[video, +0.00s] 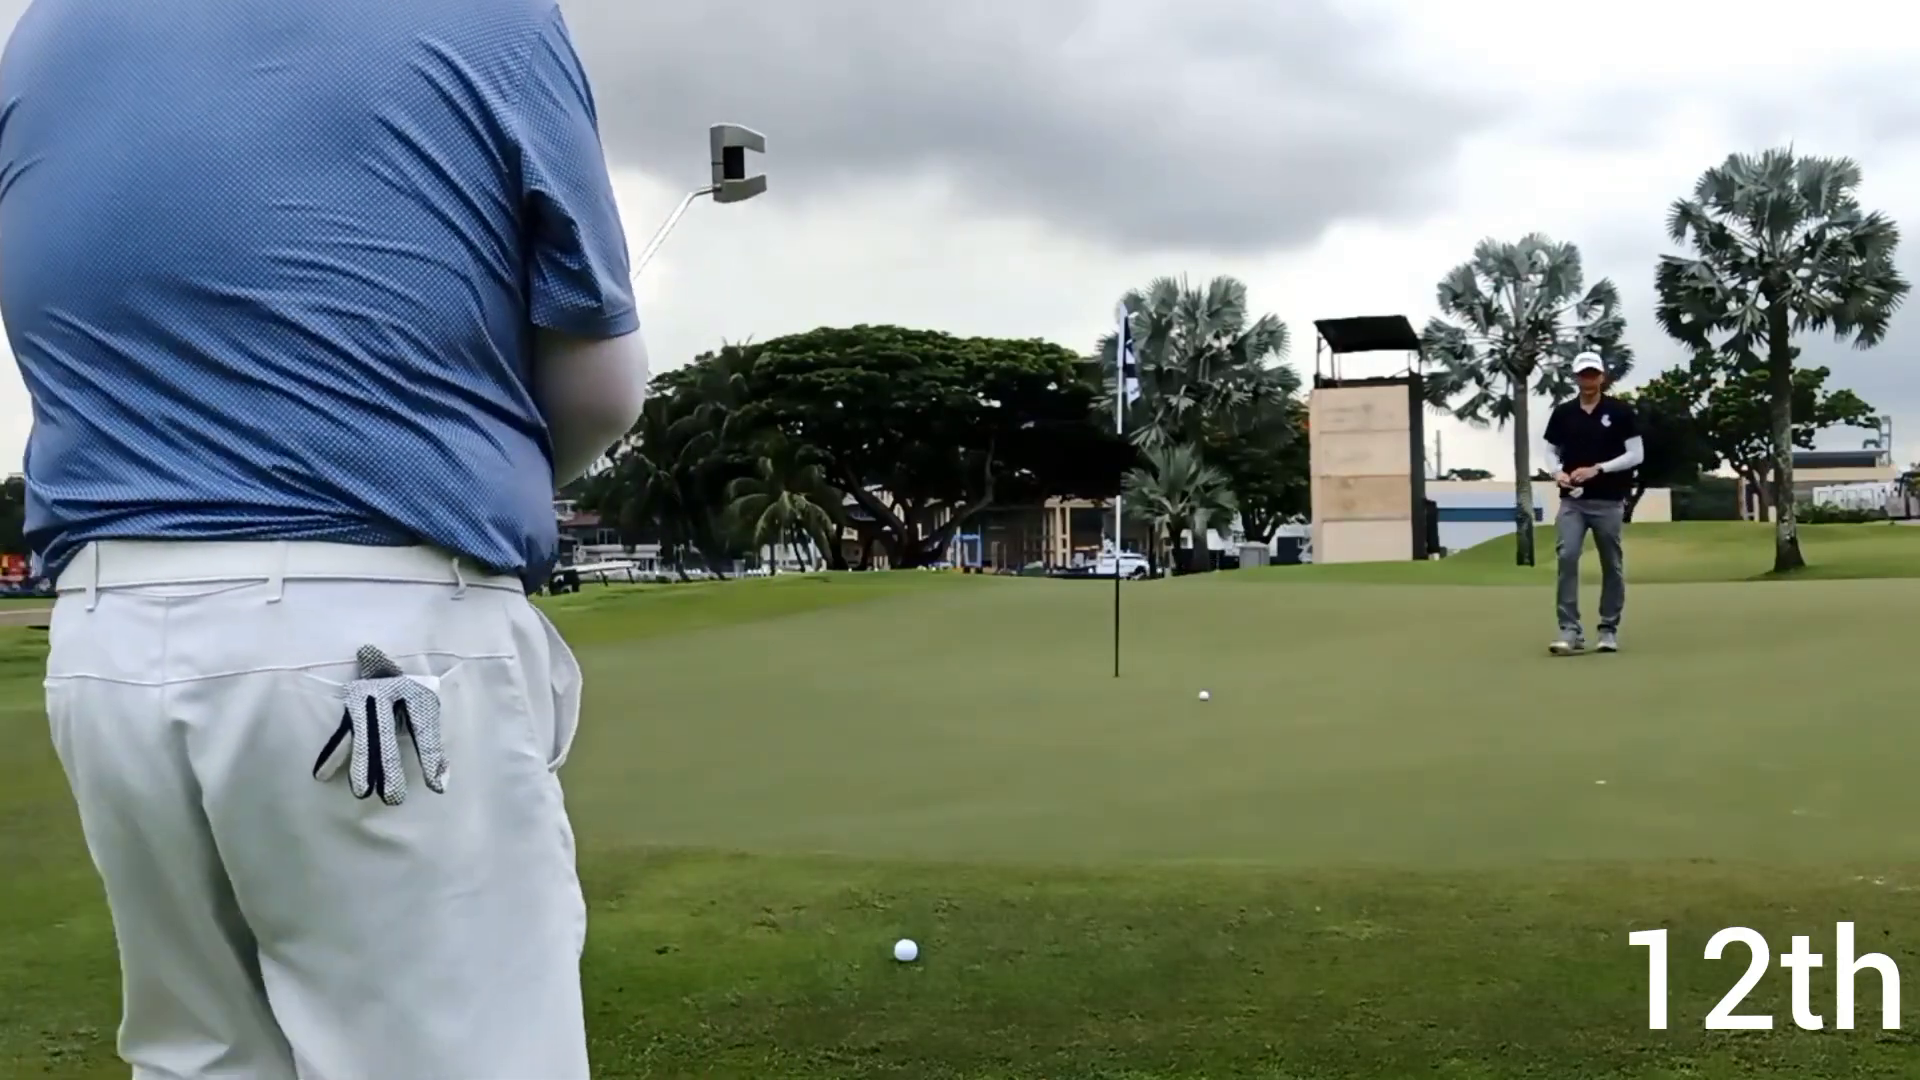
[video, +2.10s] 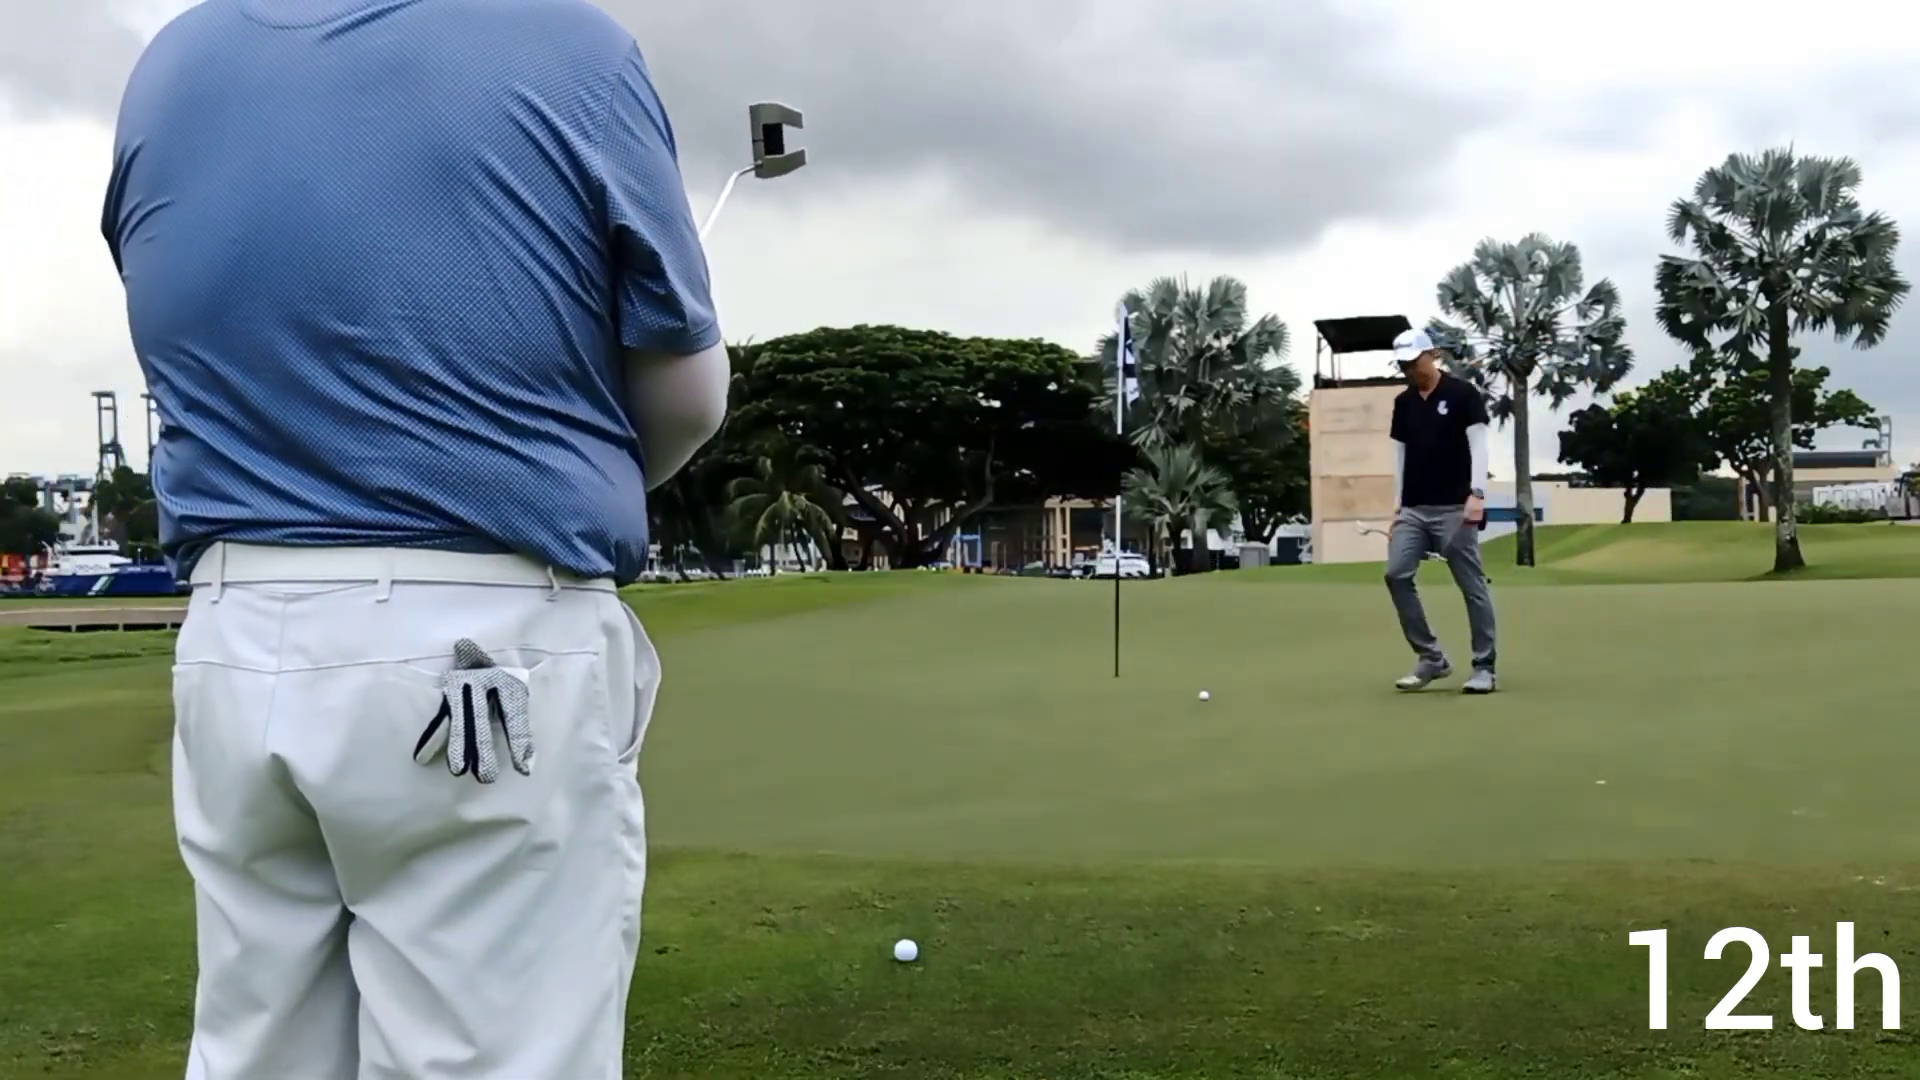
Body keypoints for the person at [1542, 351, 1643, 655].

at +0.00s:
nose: (1588, 380)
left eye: (1594, 374)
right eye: (1583, 374)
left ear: (1603, 377)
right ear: (1576, 378)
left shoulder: (1620, 412)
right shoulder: (1563, 413)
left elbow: (1636, 455)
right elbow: (1550, 453)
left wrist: (1597, 468)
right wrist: (1559, 472)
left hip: (1609, 504)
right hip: (1572, 502)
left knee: (1612, 566)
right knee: (1566, 556)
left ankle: (1608, 629)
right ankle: (1569, 630)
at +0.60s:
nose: (1537, 382)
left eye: (1543, 376)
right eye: (1533, 377)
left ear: (1559, 375)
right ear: (1529, 379)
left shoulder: (1583, 414)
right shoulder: (1520, 416)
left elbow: (1600, 456)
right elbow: (1506, 456)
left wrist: (1585, 476)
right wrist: (1509, 482)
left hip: (1567, 507)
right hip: (1532, 508)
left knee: (1568, 569)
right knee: (1545, 576)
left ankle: (1565, 635)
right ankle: (1563, 636)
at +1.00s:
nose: (1508, 376)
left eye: (1514, 369)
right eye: (1505, 370)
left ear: (1532, 367)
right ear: (1504, 371)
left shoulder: (1556, 402)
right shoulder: (1501, 407)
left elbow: (1580, 450)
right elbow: (1492, 455)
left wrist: (1551, 466)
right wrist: (1482, 500)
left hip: (1544, 507)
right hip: (1504, 505)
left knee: (1551, 577)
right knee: (1495, 565)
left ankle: (1552, 647)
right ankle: (1516, 640)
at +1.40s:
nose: (1482, 369)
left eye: (1486, 362)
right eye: (1474, 364)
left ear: (1494, 363)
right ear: (1462, 370)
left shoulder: (1515, 402)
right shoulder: (1451, 410)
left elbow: (1527, 454)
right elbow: (1444, 464)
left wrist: (1526, 500)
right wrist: (1440, 510)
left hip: (1505, 507)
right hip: (1463, 509)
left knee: (1509, 574)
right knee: (1464, 584)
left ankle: (1529, 632)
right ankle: (1474, 658)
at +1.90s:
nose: (1435, 374)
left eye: (1441, 366)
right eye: (1430, 368)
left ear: (1458, 364)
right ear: (1425, 370)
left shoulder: (1487, 406)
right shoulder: (1420, 414)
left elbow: (1513, 458)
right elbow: (1409, 466)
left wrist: (1539, 504)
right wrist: (1390, 513)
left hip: (1477, 511)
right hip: (1436, 517)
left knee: (1476, 578)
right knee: (1434, 593)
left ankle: (1486, 665)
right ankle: (1463, 640)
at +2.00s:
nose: (1423, 371)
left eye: (1428, 363)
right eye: (1417, 365)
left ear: (1447, 358)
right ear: (1413, 366)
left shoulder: (1476, 399)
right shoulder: (1412, 406)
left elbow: (1499, 455)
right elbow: (1405, 462)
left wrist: (1513, 505)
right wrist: (1396, 512)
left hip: (1467, 510)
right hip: (1424, 514)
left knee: (1475, 586)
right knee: (1418, 585)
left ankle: (1485, 667)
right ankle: (1454, 640)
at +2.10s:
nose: (1405, 369)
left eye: (1410, 362)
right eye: (1401, 363)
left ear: (1431, 357)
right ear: (1401, 363)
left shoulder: (1464, 394)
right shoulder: (1404, 402)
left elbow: (1479, 445)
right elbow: (1400, 459)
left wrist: (1477, 494)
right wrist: (1398, 509)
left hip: (1454, 510)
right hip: (1413, 512)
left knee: (1473, 588)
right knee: (1396, 575)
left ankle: (1484, 667)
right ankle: (1431, 658)